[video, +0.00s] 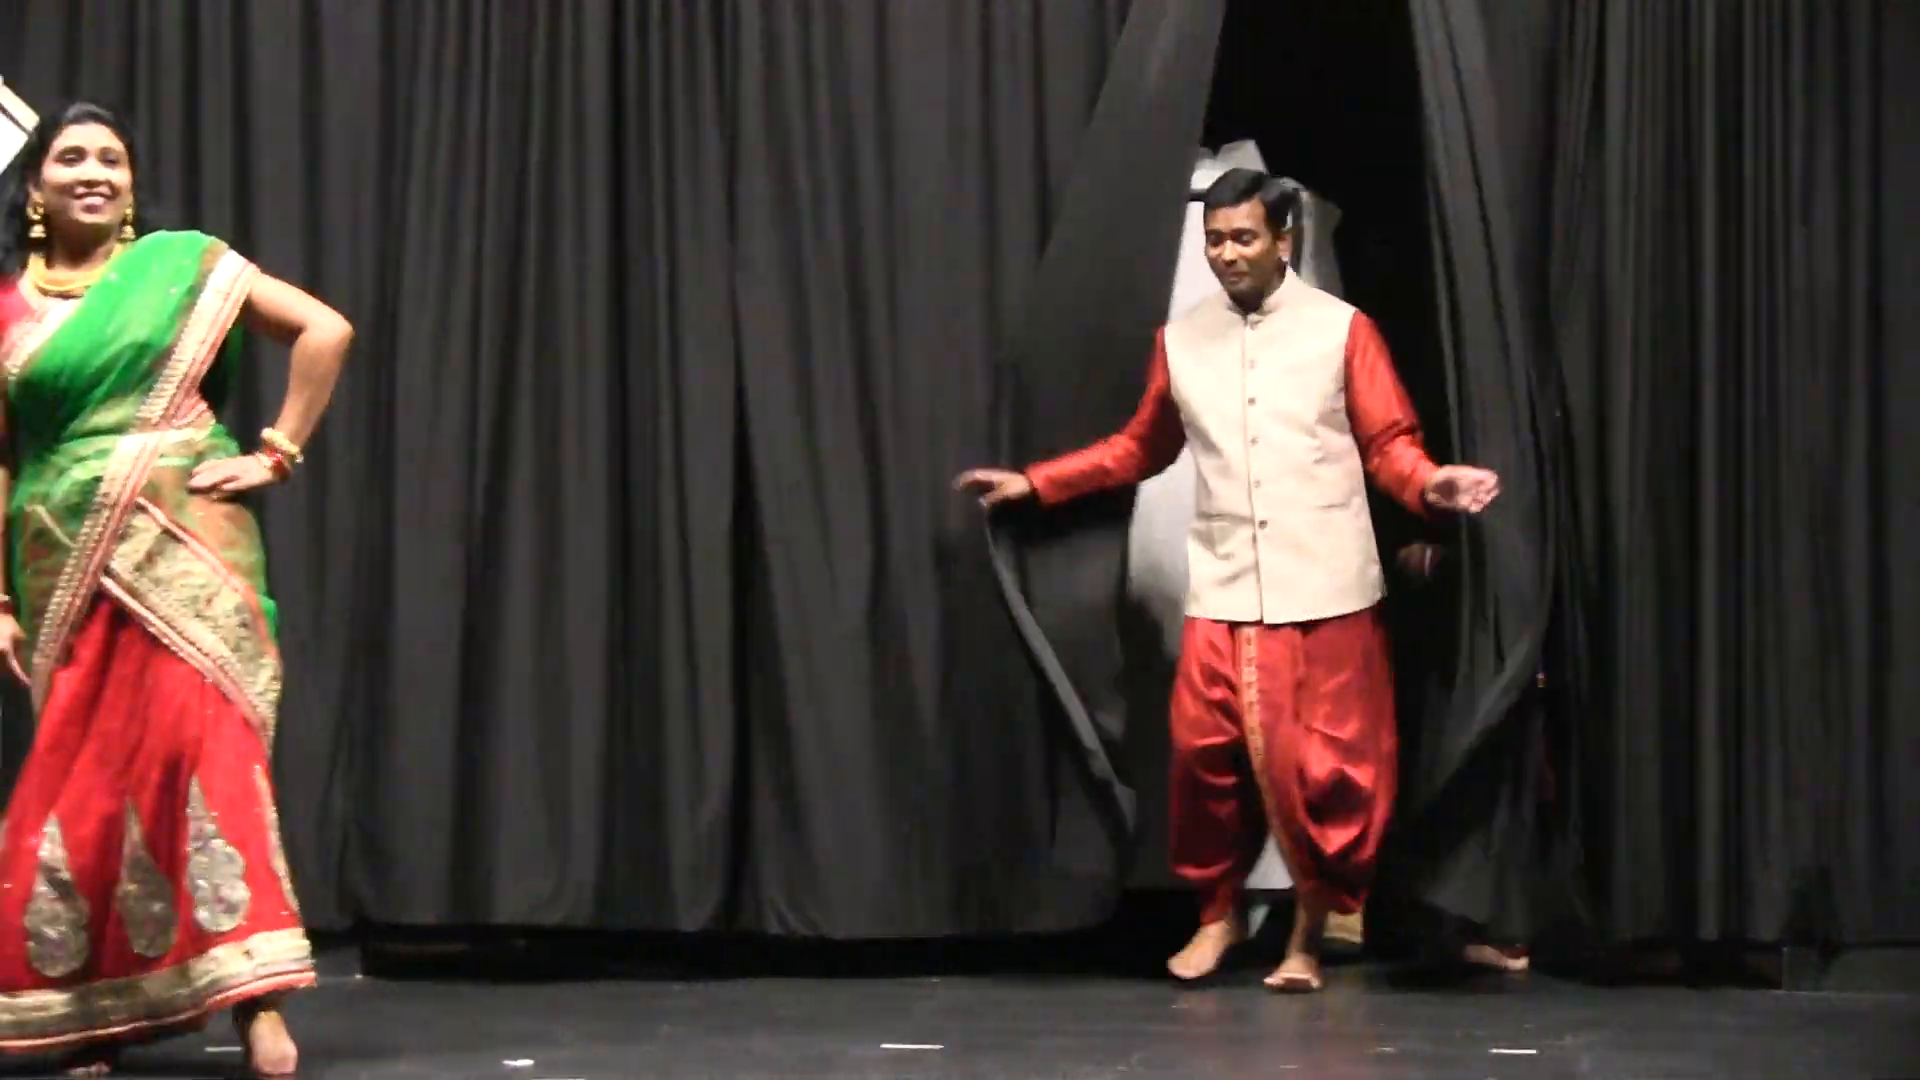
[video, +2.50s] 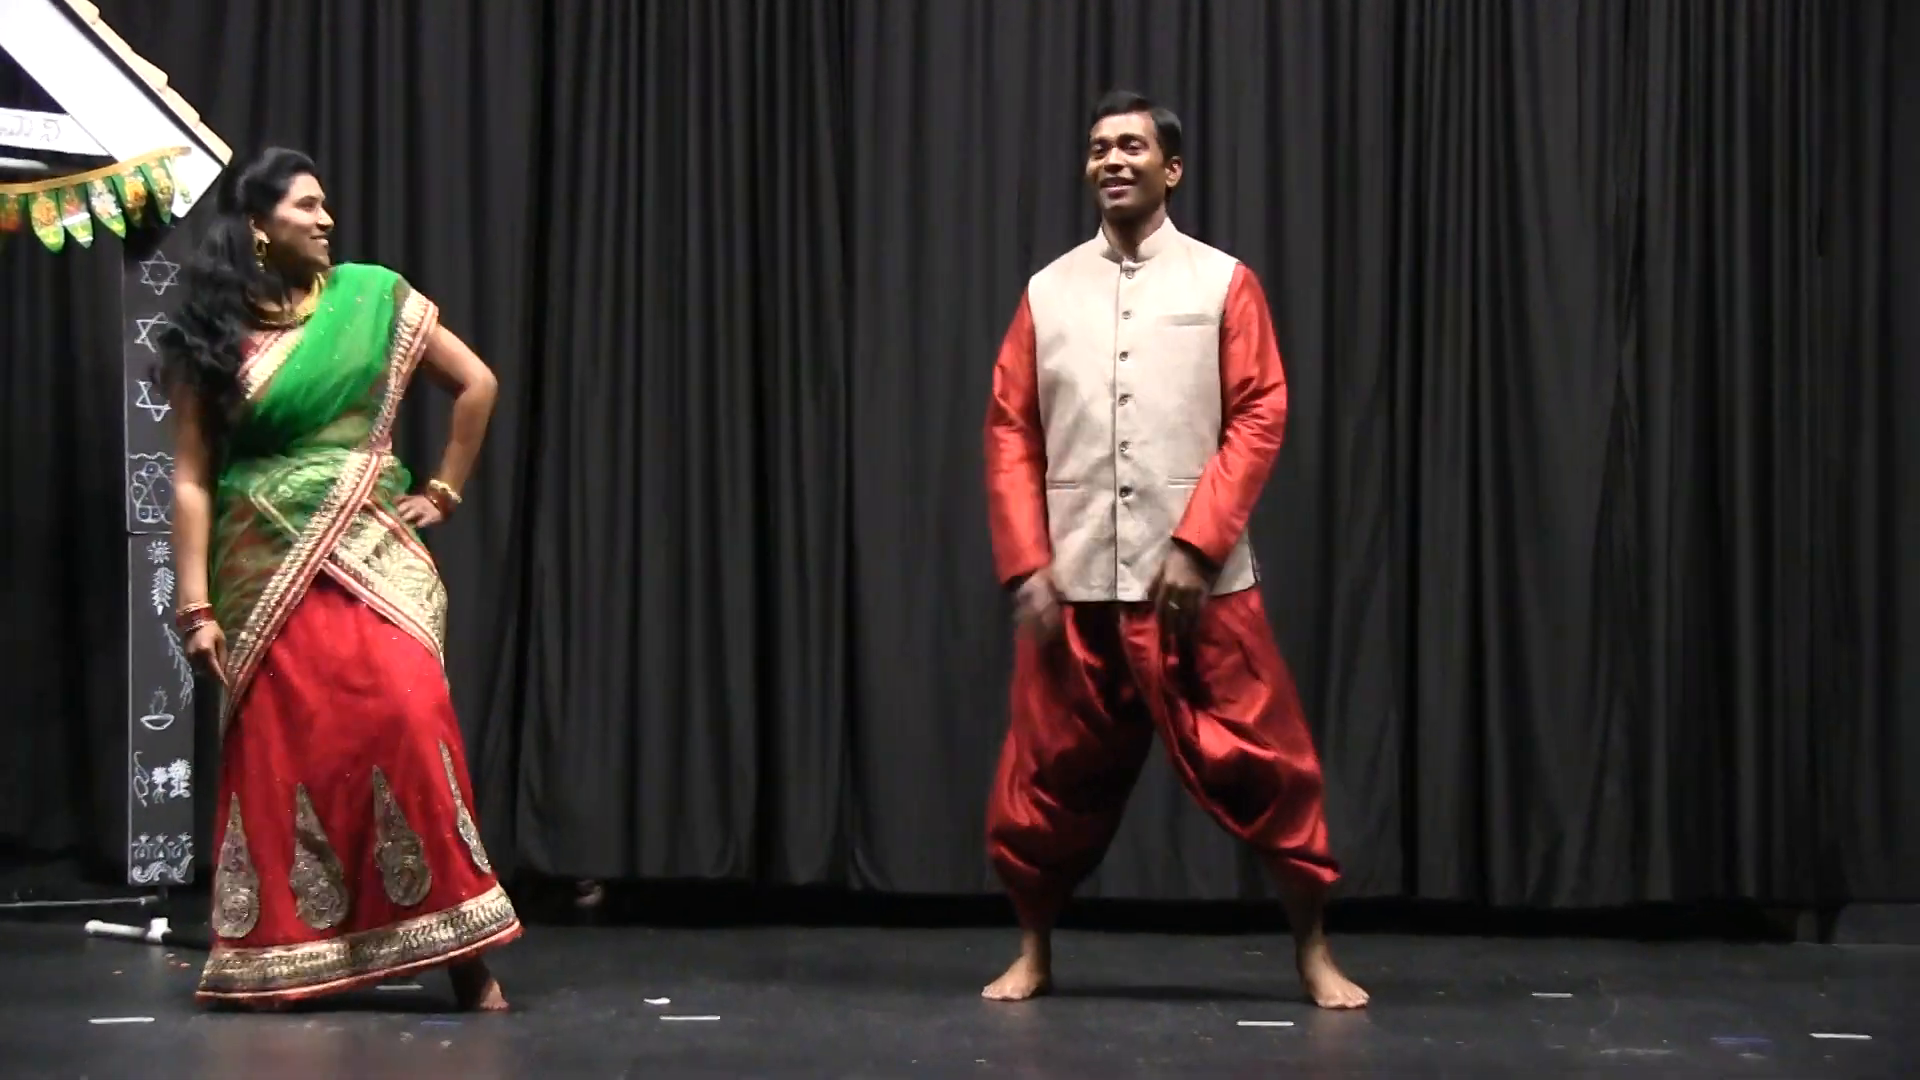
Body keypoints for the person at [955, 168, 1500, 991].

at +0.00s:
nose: (1228, 254)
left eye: (1242, 239)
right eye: (1216, 241)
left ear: (1283, 238)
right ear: (1206, 246)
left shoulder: (1343, 329)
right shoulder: (1182, 340)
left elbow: (1390, 440)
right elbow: (1141, 449)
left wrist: (1428, 482)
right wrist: (1034, 482)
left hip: (1323, 585)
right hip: (1222, 586)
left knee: (1315, 765)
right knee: (1203, 753)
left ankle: (1304, 939)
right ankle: (1219, 919)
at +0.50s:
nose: (1201, 218)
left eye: (1219, 206)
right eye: (1190, 207)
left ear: (1259, 226)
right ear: (1177, 227)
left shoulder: (1317, 331)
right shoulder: (1148, 344)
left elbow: (1364, 473)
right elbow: (1088, 463)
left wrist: (1345, 599)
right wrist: (1090, 566)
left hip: (1286, 607)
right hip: (1177, 611)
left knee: (1274, 788)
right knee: (1155, 802)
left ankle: (1310, 918)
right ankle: (1169, 966)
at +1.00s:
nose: (1215, 142)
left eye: (1237, 128)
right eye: (1204, 126)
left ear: (1277, 149)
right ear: (1187, 143)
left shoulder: (1322, 263)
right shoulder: (1144, 266)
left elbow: (1352, 415)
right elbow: (1104, 415)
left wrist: (1298, 528)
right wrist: (1103, 529)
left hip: (1287, 564)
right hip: (1160, 562)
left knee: (1296, 771)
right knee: (1112, 750)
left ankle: (1300, 978)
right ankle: (1087, 965)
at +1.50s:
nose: (1209, 142)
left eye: (1228, 126)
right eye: (1196, 131)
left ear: (1277, 144)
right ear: (1185, 155)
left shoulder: (1341, 268)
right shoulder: (1157, 281)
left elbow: (1384, 422)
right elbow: (1093, 421)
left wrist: (1371, 582)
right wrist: (1151, 499)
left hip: (1319, 590)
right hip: (1189, 586)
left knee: (1373, 790)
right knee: (1111, 778)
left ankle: (1408, 1004)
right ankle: (1085, 981)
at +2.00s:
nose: (1144, 150)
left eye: (1166, 137)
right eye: (1145, 135)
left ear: (1224, 159)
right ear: (1147, 152)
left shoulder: (1281, 280)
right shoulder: (1095, 271)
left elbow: (1317, 431)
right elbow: (1045, 408)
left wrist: (1275, 570)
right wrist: (1112, 502)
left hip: (1261, 584)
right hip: (1131, 585)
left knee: (1339, 776)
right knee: (1079, 783)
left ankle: (1375, 986)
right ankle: (1052, 980)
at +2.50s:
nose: (1113, 160)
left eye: (1131, 146)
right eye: (1101, 149)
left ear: (1170, 166)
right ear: (1087, 173)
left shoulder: (1224, 282)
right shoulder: (1048, 290)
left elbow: (1261, 417)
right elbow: (1011, 431)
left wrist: (1198, 546)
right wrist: (1026, 565)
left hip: (1200, 579)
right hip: (1074, 584)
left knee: (1273, 763)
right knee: (1043, 774)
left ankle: (1315, 956)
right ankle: (1031, 955)